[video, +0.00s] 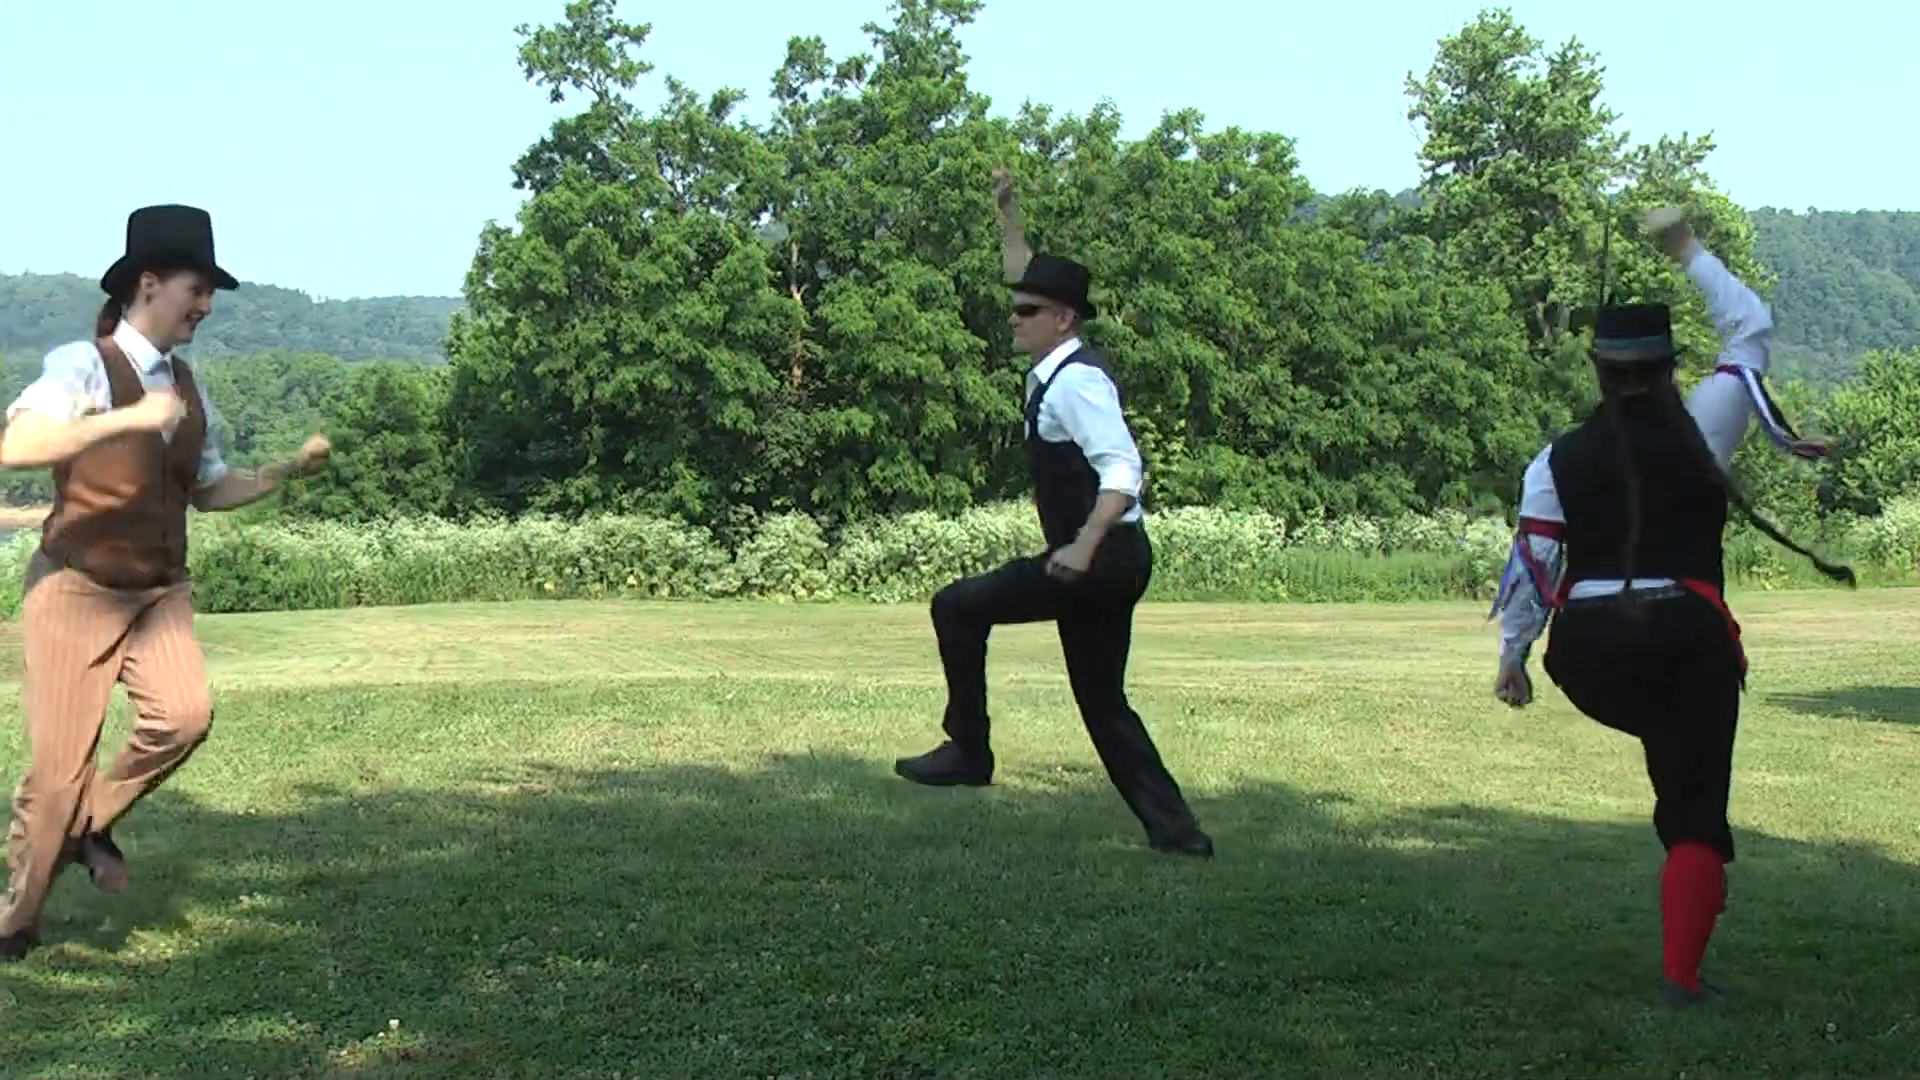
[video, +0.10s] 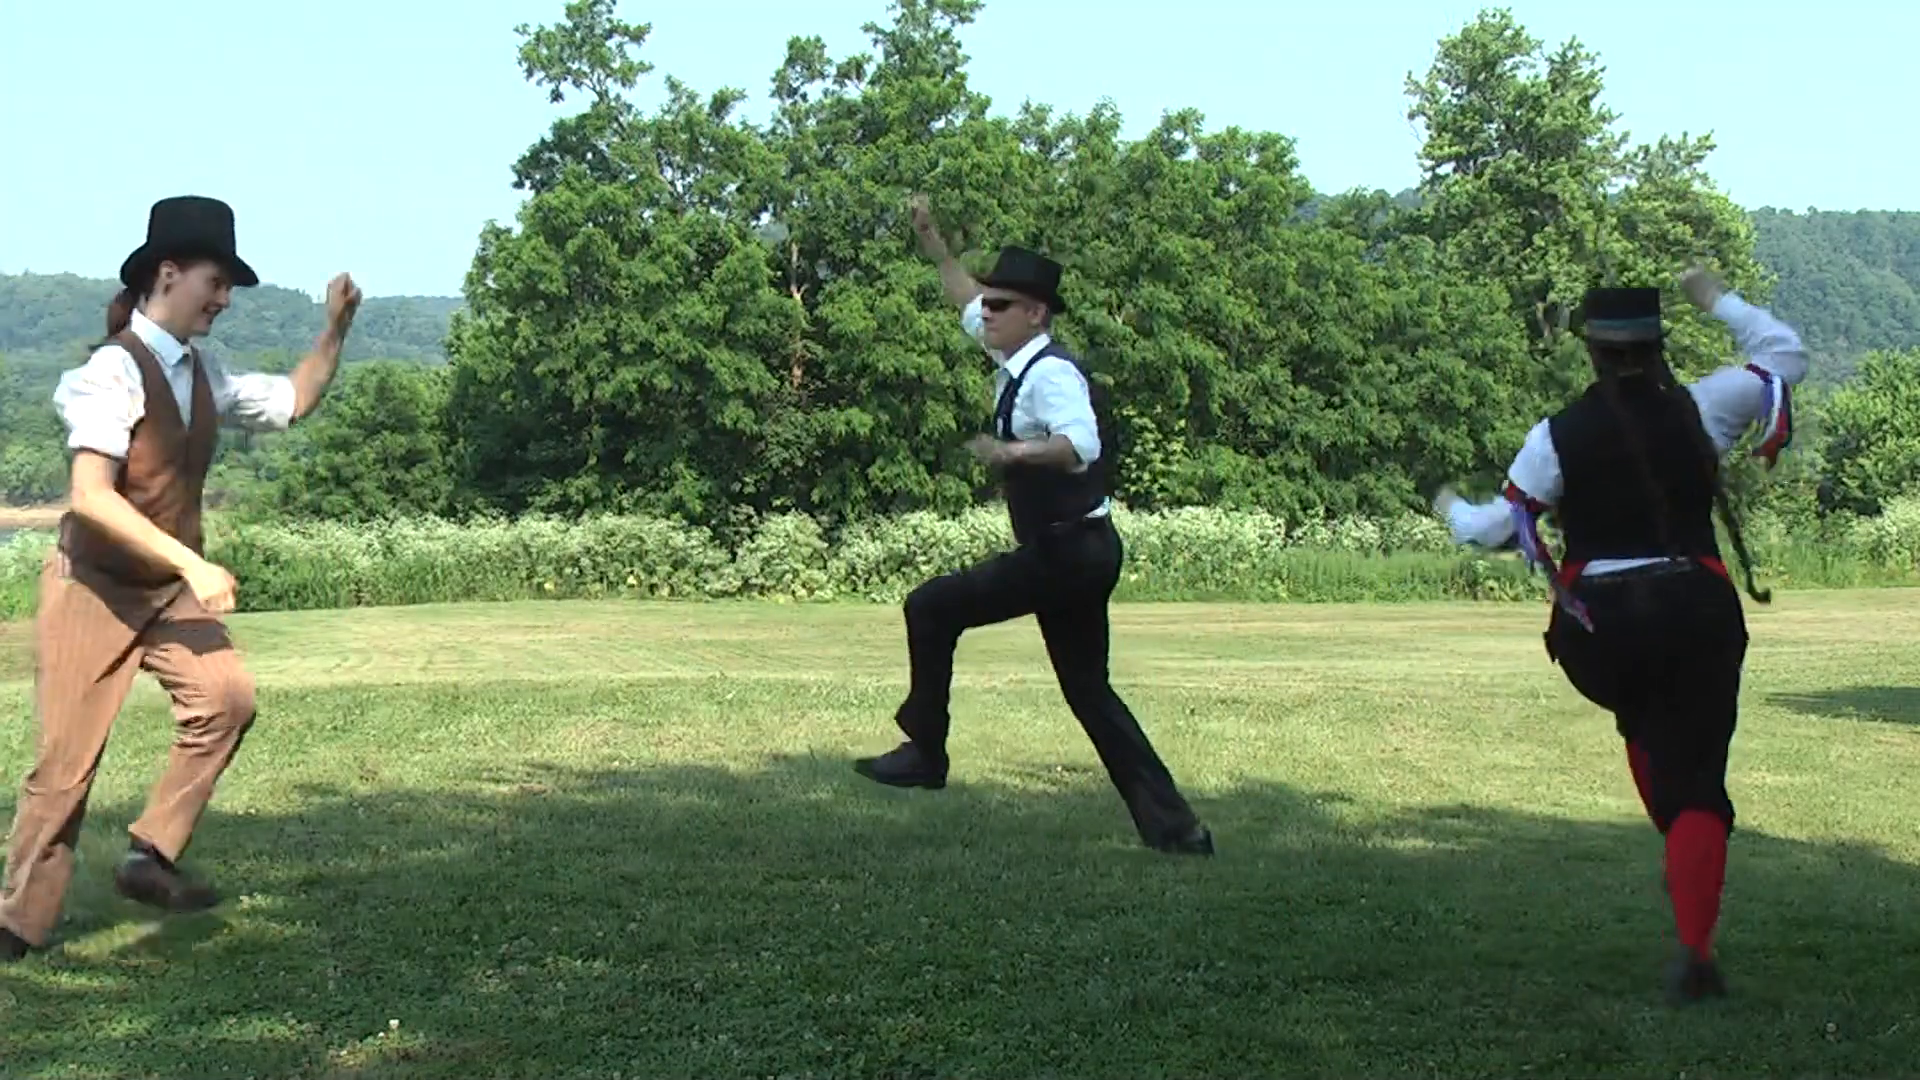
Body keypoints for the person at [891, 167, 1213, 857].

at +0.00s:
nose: (1016, 321)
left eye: (1028, 312)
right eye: (1016, 310)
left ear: (1064, 318)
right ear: (1052, 316)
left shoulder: (1077, 383)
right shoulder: (1056, 366)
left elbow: (1122, 469)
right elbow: (1026, 280)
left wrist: (1086, 541)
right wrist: (1007, 212)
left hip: (1098, 555)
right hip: (1102, 556)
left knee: (957, 608)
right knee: (1102, 703)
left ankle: (967, 750)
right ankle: (1178, 835)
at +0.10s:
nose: (987, 317)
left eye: (1000, 306)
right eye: (985, 307)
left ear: (1038, 313)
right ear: (992, 314)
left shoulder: (1051, 374)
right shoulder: (1016, 358)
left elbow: (1080, 444)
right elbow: (968, 300)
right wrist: (931, 240)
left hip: (1068, 554)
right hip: (1071, 552)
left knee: (931, 608)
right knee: (1089, 693)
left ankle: (924, 752)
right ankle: (1174, 829)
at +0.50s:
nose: (880, 291)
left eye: (892, 282)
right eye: (876, 282)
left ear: (922, 289)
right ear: (876, 291)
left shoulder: (933, 356)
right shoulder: (875, 355)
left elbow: (926, 274)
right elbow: (882, 447)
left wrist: (911, 184)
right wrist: (862, 511)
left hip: (927, 544)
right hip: (873, 539)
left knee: (879, 688)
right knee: (805, 656)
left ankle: (881, 830)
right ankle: (928, 721)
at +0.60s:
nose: (860, 260)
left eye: (872, 249)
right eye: (853, 249)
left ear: (901, 255)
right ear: (847, 257)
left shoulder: (916, 321)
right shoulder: (853, 323)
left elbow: (913, 234)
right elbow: (860, 414)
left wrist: (890, 140)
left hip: (895, 514)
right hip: (833, 503)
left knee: (877, 676)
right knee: (749, 599)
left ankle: (884, 824)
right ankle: (834, 688)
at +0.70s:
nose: (840, 248)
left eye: (854, 237)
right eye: (834, 236)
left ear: (884, 243)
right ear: (825, 242)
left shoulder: (896, 307)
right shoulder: (820, 304)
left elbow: (901, 219)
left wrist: (880, 122)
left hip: (871, 501)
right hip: (808, 489)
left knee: (842, 663)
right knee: (729, 584)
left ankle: (857, 817)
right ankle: (781, 677)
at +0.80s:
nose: (820, 267)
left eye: (834, 256)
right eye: (811, 256)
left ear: (860, 263)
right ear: (798, 264)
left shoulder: (874, 324)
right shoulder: (786, 332)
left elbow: (889, 238)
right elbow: (780, 416)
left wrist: (877, 138)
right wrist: (778, 486)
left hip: (848, 521)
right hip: (783, 511)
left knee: (819, 681)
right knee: (714, 598)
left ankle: (814, 831)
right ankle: (745, 703)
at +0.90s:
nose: (799, 285)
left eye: (812, 274)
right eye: (788, 274)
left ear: (837, 280)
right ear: (775, 281)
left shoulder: (854, 346)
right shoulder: (756, 351)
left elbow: (879, 257)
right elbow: (738, 447)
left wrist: (865, 154)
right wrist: (725, 521)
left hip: (827, 541)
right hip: (759, 530)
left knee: (796, 699)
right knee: (694, 615)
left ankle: (812, 835)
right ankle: (697, 745)